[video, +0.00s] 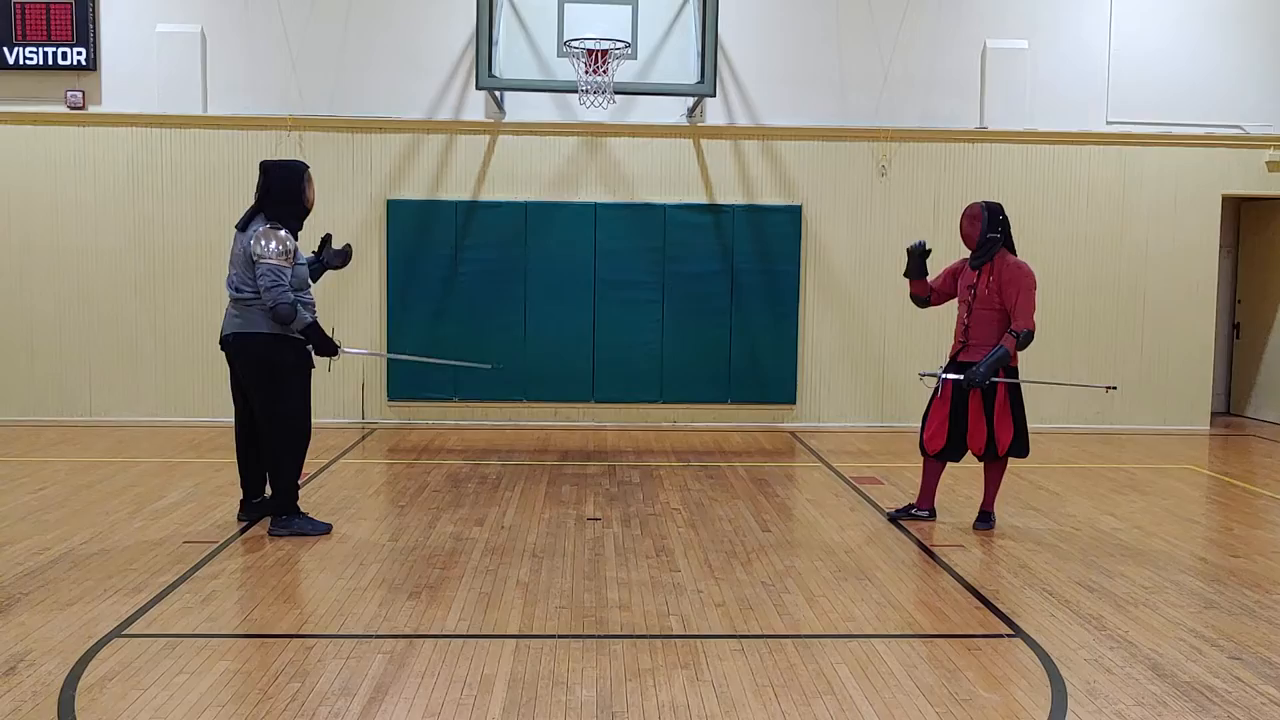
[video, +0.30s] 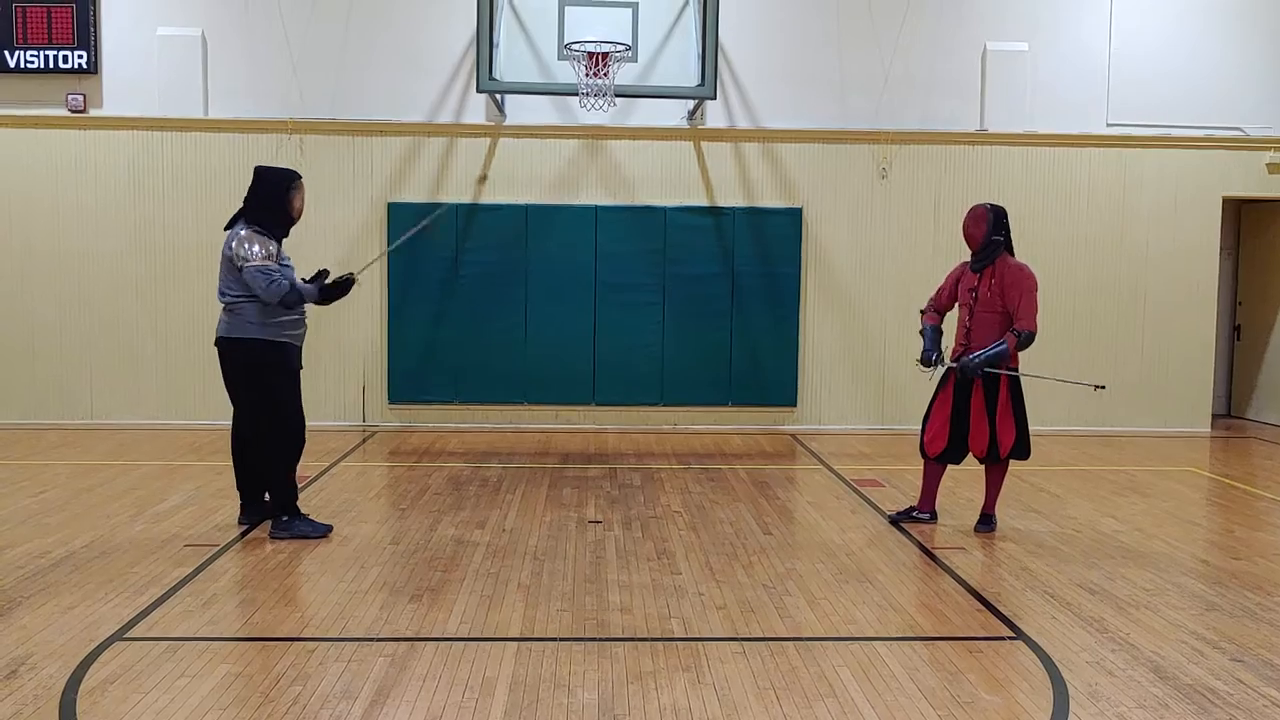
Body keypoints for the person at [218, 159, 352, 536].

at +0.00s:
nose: (314, 194)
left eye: (312, 186)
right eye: (309, 186)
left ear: (273, 189)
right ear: (293, 190)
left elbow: (282, 277)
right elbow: (277, 295)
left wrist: (320, 263)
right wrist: (313, 331)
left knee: (253, 421)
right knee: (291, 425)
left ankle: (253, 501)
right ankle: (286, 514)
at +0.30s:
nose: (302, 206)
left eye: (302, 198)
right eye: (297, 197)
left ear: (273, 199)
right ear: (276, 198)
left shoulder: (264, 238)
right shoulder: (250, 238)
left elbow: (280, 288)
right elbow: (270, 289)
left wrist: (317, 292)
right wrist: (310, 288)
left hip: (262, 344)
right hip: (257, 346)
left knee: (252, 425)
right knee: (286, 428)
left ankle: (253, 505)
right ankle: (286, 516)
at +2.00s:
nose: (320, 253)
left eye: (319, 245)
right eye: (315, 245)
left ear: (289, 246)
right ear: (296, 247)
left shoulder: (280, 288)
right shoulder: (275, 288)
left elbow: (318, 333)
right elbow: (311, 333)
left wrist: (350, 322)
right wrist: (351, 314)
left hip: (286, 395)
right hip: (278, 396)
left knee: (283, 480)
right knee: (286, 481)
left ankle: (273, 560)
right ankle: (278, 567)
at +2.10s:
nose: (316, 240)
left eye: (315, 232)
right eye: (311, 232)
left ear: (285, 234)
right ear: (292, 235)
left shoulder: (277, 276)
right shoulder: (271, 277)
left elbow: (308, 323)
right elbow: (306, 324)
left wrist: (343, 307)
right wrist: (343, 305)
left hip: (282, 385)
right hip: (273, 385)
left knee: (281, 470)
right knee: (282, 470)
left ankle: (269, 550)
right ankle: (273, 556)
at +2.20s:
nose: (314, 234)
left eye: (312, 226)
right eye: (309, 226)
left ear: (285, 229)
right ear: (290, 229)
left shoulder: (282, 272)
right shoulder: (269, 272)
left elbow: (307, 318)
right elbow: (305, 319)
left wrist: (337, 298)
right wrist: (339, 299)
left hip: (284, 381)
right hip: (270, 381)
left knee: (280, 464)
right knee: (280, 464)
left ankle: (266, 544)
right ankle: (272, 551)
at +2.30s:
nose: (312, 228)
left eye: (310, 221)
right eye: (306, 221)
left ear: (283, 225)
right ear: (289, 225)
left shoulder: (281, 270)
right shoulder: (267, 269)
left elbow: (304, 315)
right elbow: (303, 317)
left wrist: (332, 295)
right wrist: (338, 297)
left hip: (283, 379)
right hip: (269, 379)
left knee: (280, 461)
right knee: (278, 462)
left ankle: (266, 543)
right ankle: (270, 549)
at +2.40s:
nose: (307, 227)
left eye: (306, 219)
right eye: (302, 219)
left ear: (279, 223)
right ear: (283, 223)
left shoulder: (278, 267)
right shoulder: (262, 266)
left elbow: (300, 313)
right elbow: (296, 314)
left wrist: (333, 297)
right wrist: (332, 295)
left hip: (280, 377)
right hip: (264, 376)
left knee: (276, 457)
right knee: (274, 458)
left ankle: (261, 540)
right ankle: (265, 546)